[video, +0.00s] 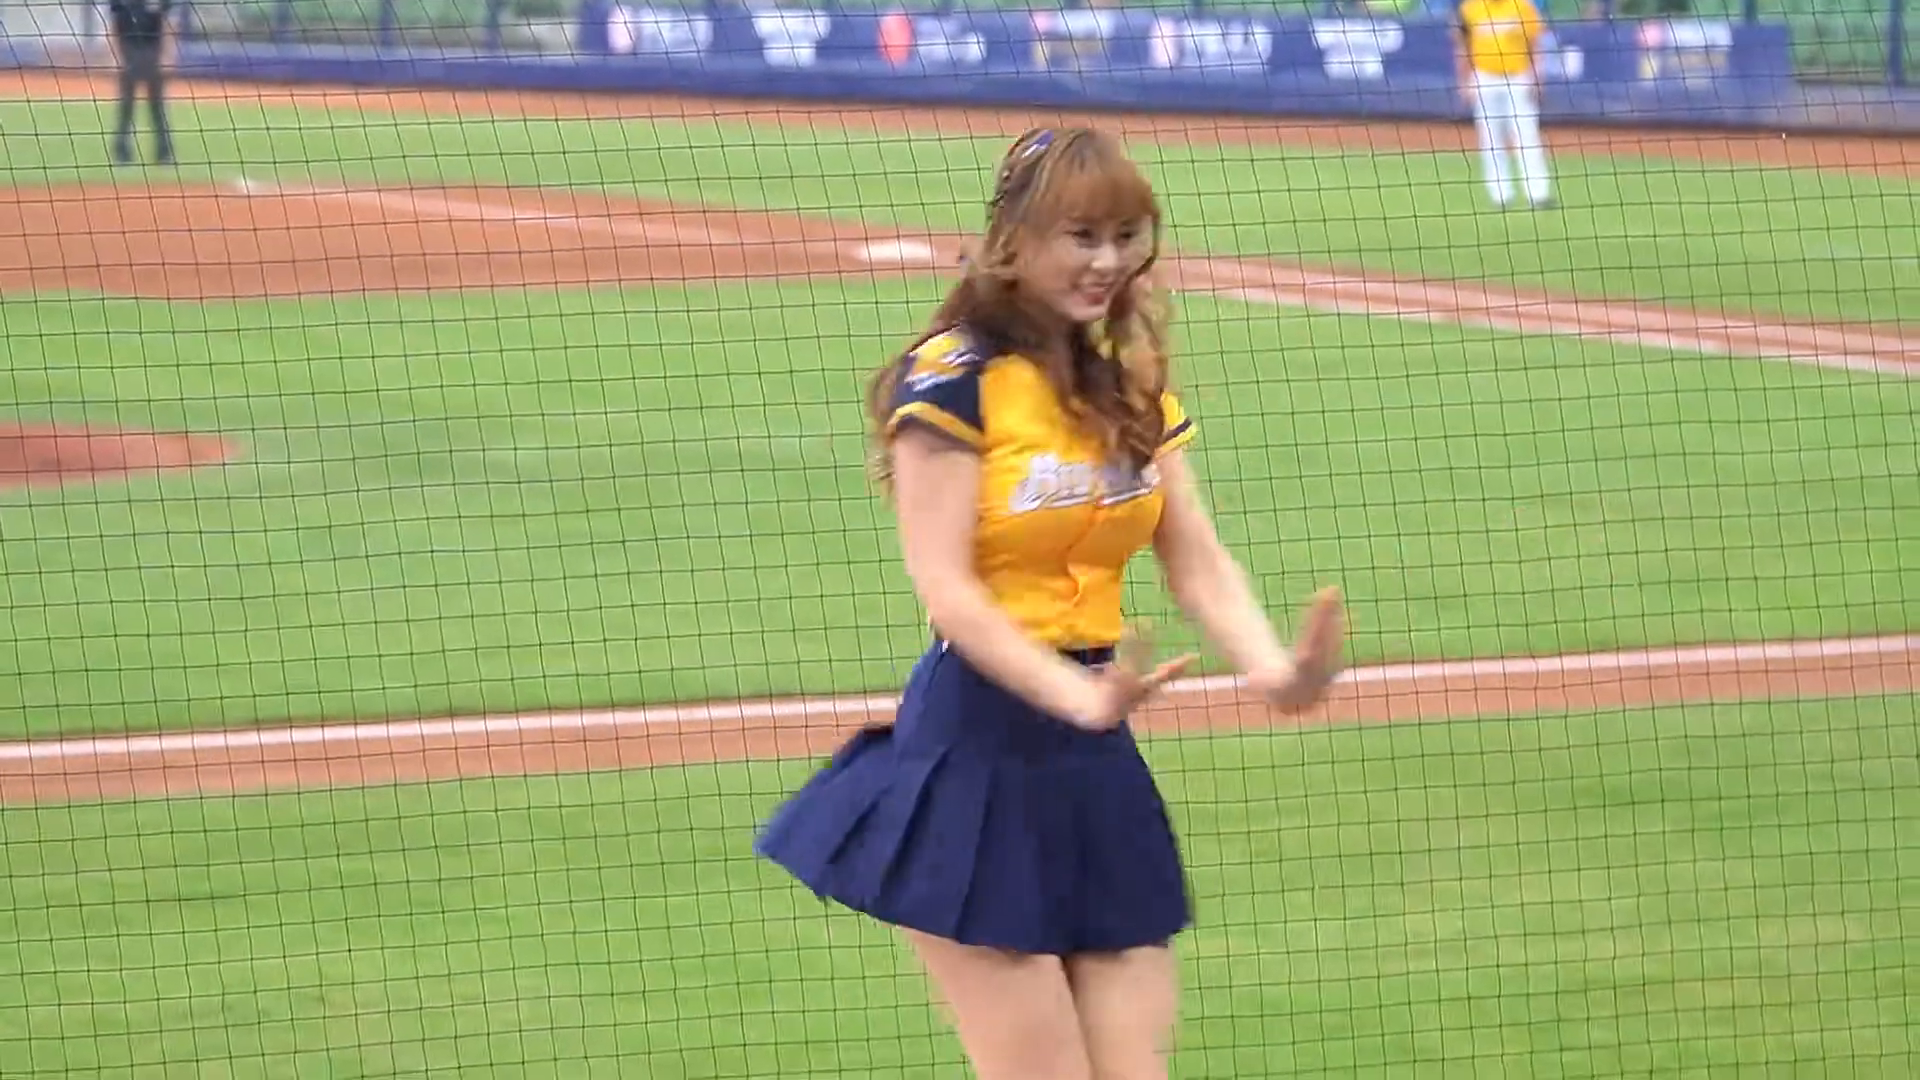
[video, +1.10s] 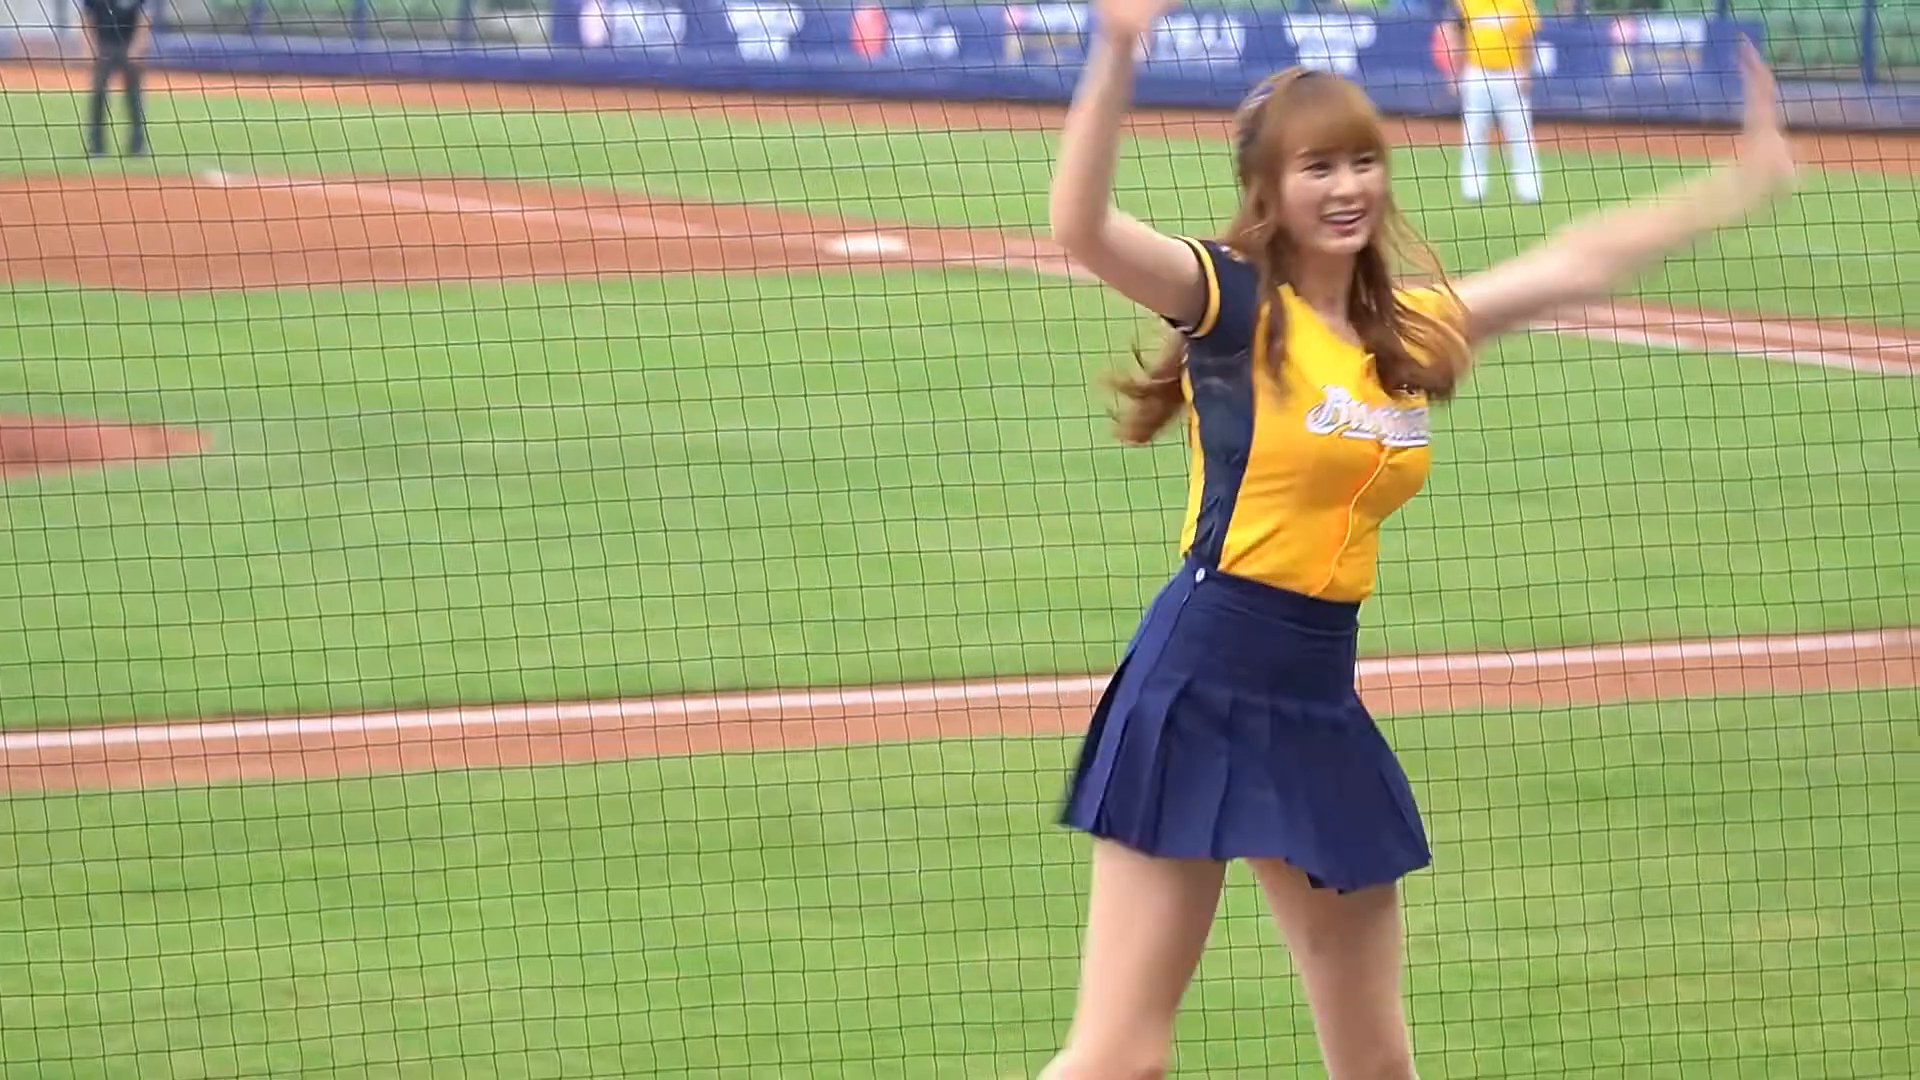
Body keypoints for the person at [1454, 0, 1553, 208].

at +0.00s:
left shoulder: (1521, 6)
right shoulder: (1468, 9)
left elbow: (1535, 40)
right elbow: (1461, 47)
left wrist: (1537, 76)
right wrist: (1464, 81)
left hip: (1519, 75)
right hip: (1484, 77)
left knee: (1527, 134)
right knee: (1491, 138)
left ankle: (1538, 190)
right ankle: (1500, 191)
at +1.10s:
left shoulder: (1520, 5)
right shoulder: (1467, 5)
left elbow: (1528, 39)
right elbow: (1452, 30)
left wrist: (1526, 71)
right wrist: (1455, 71)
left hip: (1510, 71)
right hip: (1476, 71)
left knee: (1518, 130)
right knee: (1474, 131)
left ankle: (1528, 185)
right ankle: (1473, 186)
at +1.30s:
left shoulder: (1499, 5)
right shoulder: (1448, 6)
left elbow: (1510, 38)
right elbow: (1442, 36)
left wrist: (1507, 74)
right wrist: (1439, 70)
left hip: (1491, 75)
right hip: (1457, 73)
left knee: (1493, 135)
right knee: (1447, 135)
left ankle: (1497, 190)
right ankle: (1441, 189)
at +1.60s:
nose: (1467, 4)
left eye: (1471, 1)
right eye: (1463, 1)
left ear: (1478, 2)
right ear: (1457, 2)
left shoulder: (1491, 24)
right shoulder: (1442, 23)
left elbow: (1503, 67)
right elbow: (1429, 59)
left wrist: (1504, 101)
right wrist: (1431, 93)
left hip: (1481, 99)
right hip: (1447, 98)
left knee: (1479, 155)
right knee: (1431, 151)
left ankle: (1476, 210)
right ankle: (1419, 205)